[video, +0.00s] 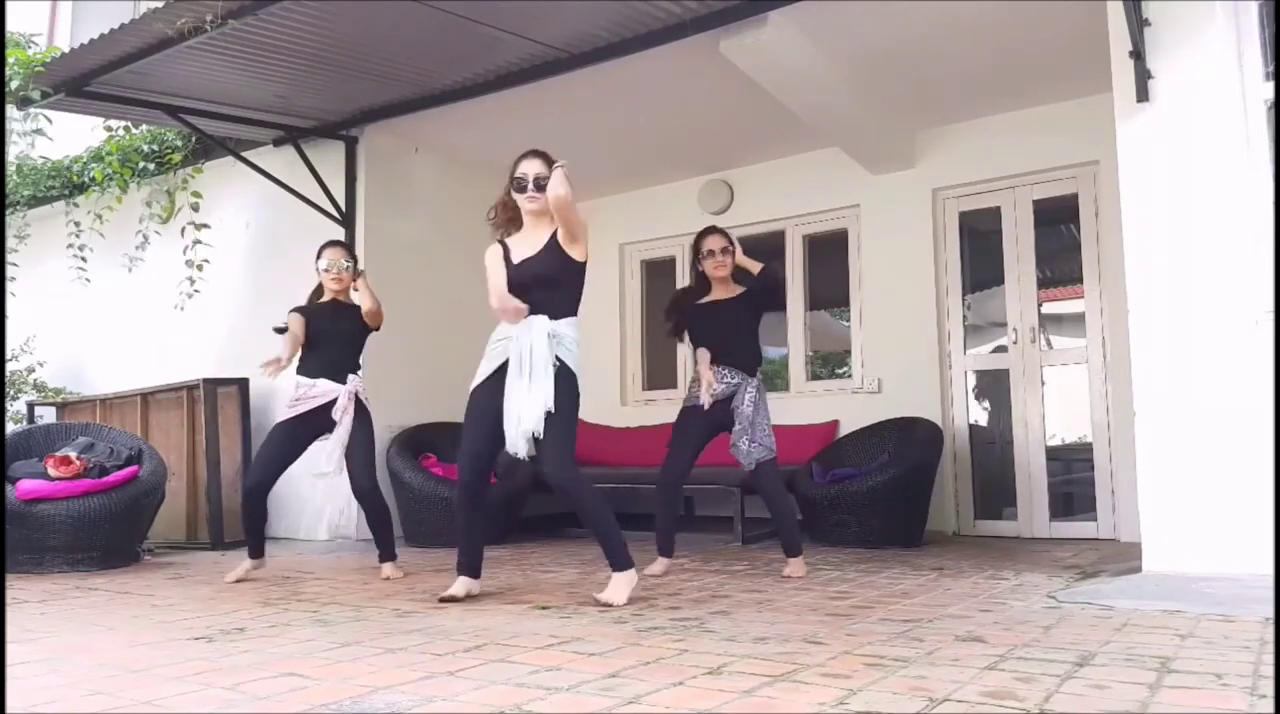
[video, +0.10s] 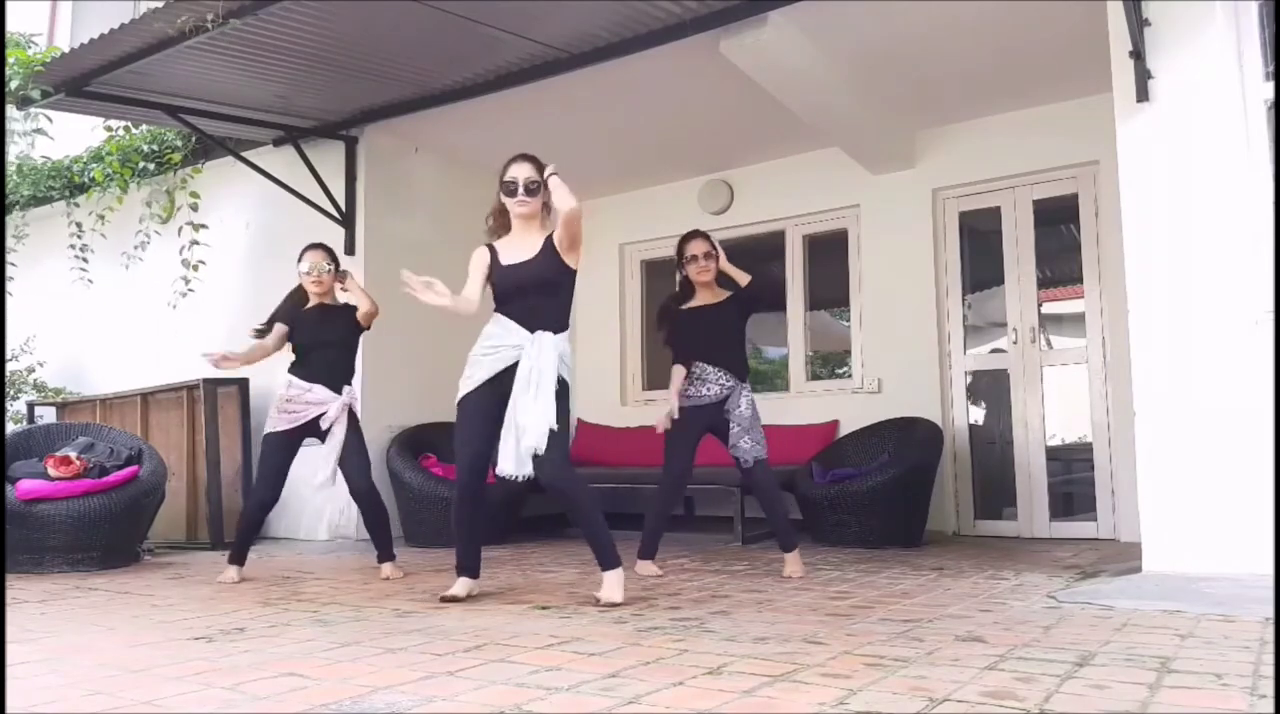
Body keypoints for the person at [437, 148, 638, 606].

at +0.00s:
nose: (530, 190)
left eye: (538, 183)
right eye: (521, 183)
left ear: (552, 190)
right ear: (510, 191)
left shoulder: (570, 235)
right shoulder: (498, 249)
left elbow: (559, 196)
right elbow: (499, 300)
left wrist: (559, 170)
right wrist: (516, 309)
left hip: (555, 357)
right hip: (505, 355)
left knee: (556, 466)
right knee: (472, 461)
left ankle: (624, 569)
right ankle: (468, 574)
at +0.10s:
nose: (521, 193)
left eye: (530, 186)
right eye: (512, 187)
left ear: (545, 193)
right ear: (501, 194)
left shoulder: (562, 240)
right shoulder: (488, 253)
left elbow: (570, 210)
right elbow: (470, 304)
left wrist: (553, 179)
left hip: (547, 364)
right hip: (494, 360)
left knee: (553, 470)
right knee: (470, 467)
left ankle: (611, 567)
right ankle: (467, 574)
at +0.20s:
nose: (516, 197)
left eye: (525, 190)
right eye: (506, 192)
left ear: (541, 197)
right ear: (496, 201)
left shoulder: (560, 247)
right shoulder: (481, 257)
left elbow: (592, 209)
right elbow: (431, 295)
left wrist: (558, 179)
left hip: (543, 373)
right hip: (486, 372)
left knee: (568, 469)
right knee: (473, 482)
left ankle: (600, 573)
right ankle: (468, 576)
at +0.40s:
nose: (527, 189)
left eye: (537, 182)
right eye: (518, 183)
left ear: (553, 187)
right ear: (508, 189)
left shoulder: (569, 239)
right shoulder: (486, 241)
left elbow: (603, 210)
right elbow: (428, 282)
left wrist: (566, 173)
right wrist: (382, 268)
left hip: (553, 363)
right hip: (497, 362)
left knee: (584, 465)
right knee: (476, 470)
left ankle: (589, 573)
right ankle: (468, 575)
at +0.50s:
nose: (543, 184)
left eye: (551, 177)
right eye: (533, 178)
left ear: (566, 183)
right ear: (522, 184)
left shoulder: (579, 235)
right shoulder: (502, 239)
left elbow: (602, 208)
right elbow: (461, 284)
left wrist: (574, 169)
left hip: (562, 356)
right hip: (508, 354)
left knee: (580, 469)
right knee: (473, 463)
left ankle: (619, 573)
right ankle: (464, 569)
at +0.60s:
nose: (555, 185)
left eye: (564, 179)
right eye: (546, 178)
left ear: (577, 186)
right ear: (535, 185)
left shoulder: (587, 237)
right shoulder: (514, 241)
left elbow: (606, 210)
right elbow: (491, 294)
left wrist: (585, 170)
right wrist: (519, 321)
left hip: (576, 362)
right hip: (526, 363)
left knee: (582, 470)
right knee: (458, 454)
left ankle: (633, 577)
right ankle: (479, 567)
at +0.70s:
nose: (562, 188)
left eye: (572, 183)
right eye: (554, 182)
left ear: (586, 192)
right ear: (542, 189)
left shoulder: (591, 242)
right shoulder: (521, 241)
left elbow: (620, 206)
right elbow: (504, 285)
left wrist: (596, 176)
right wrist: (558, 276)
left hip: (582, 362)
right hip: (537, 366)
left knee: (582, 468)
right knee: (469, 453)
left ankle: (637, 577)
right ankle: (476, 573)